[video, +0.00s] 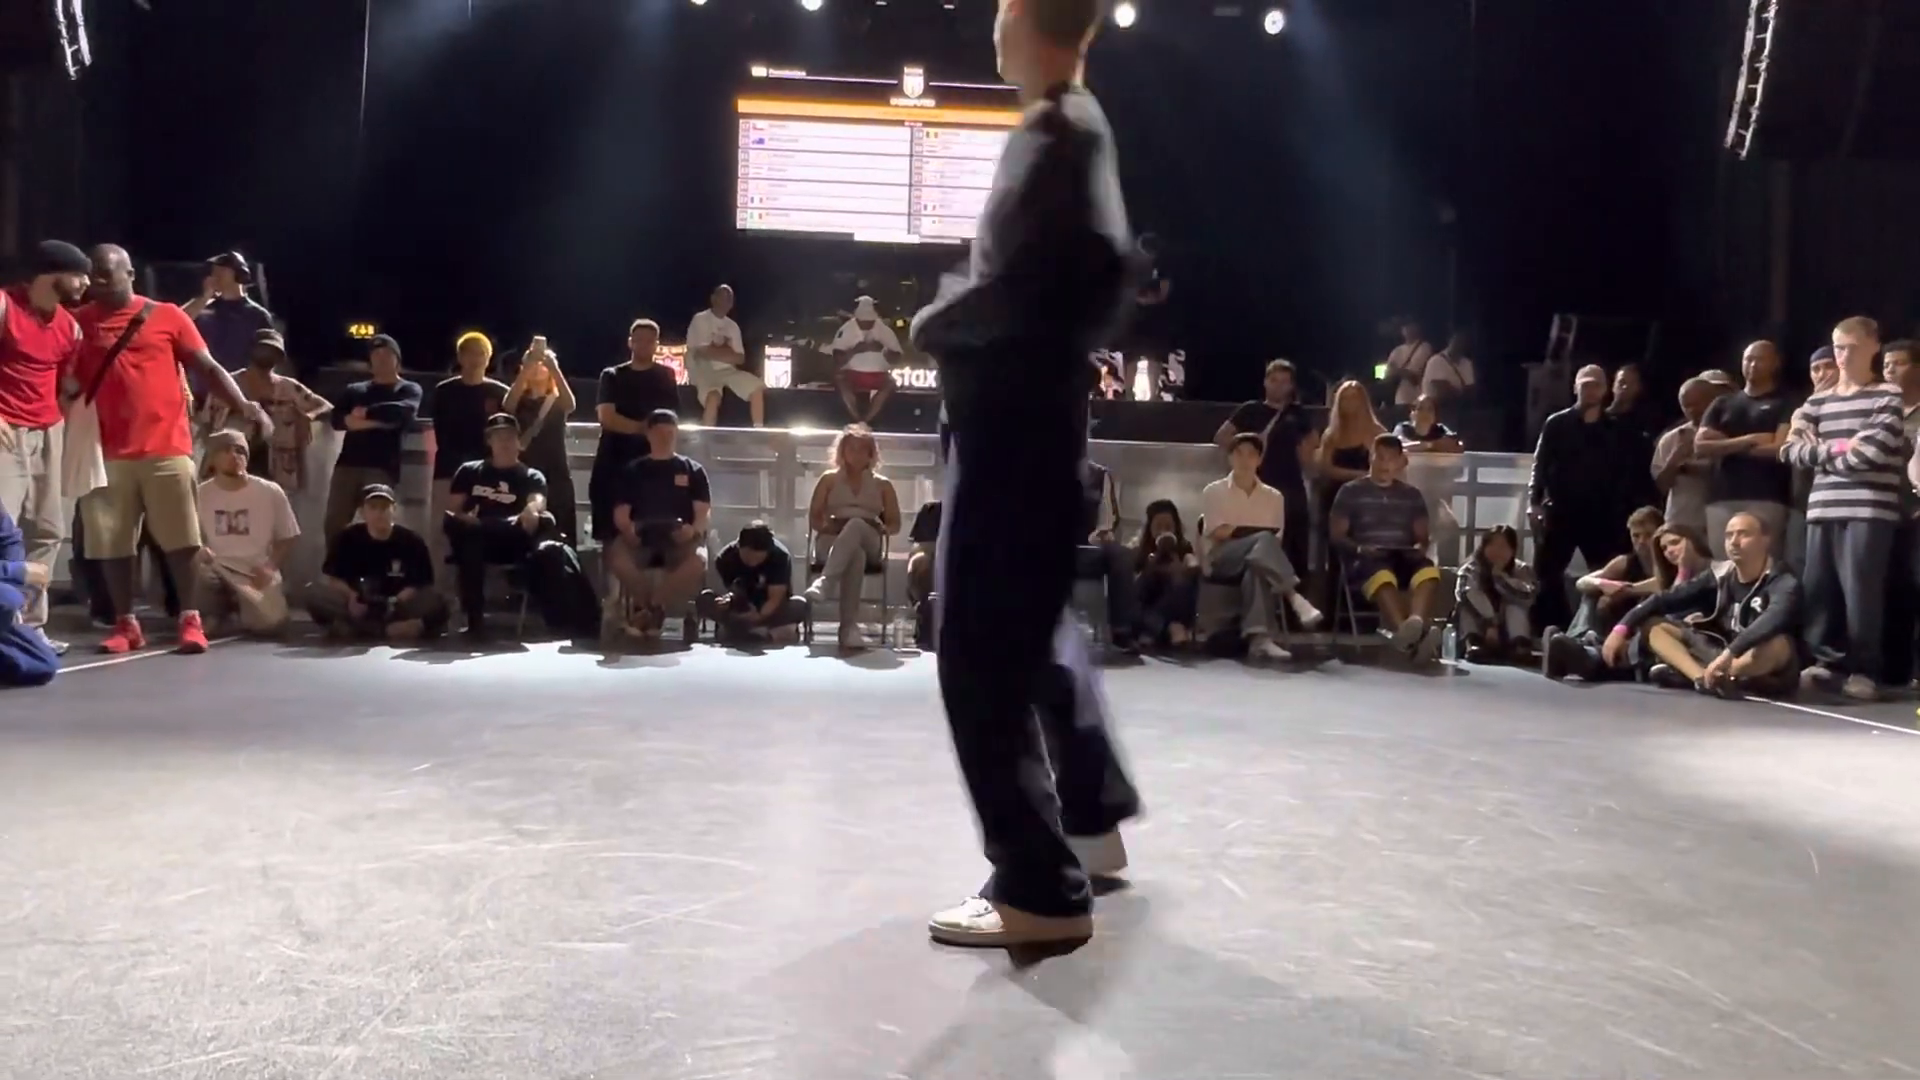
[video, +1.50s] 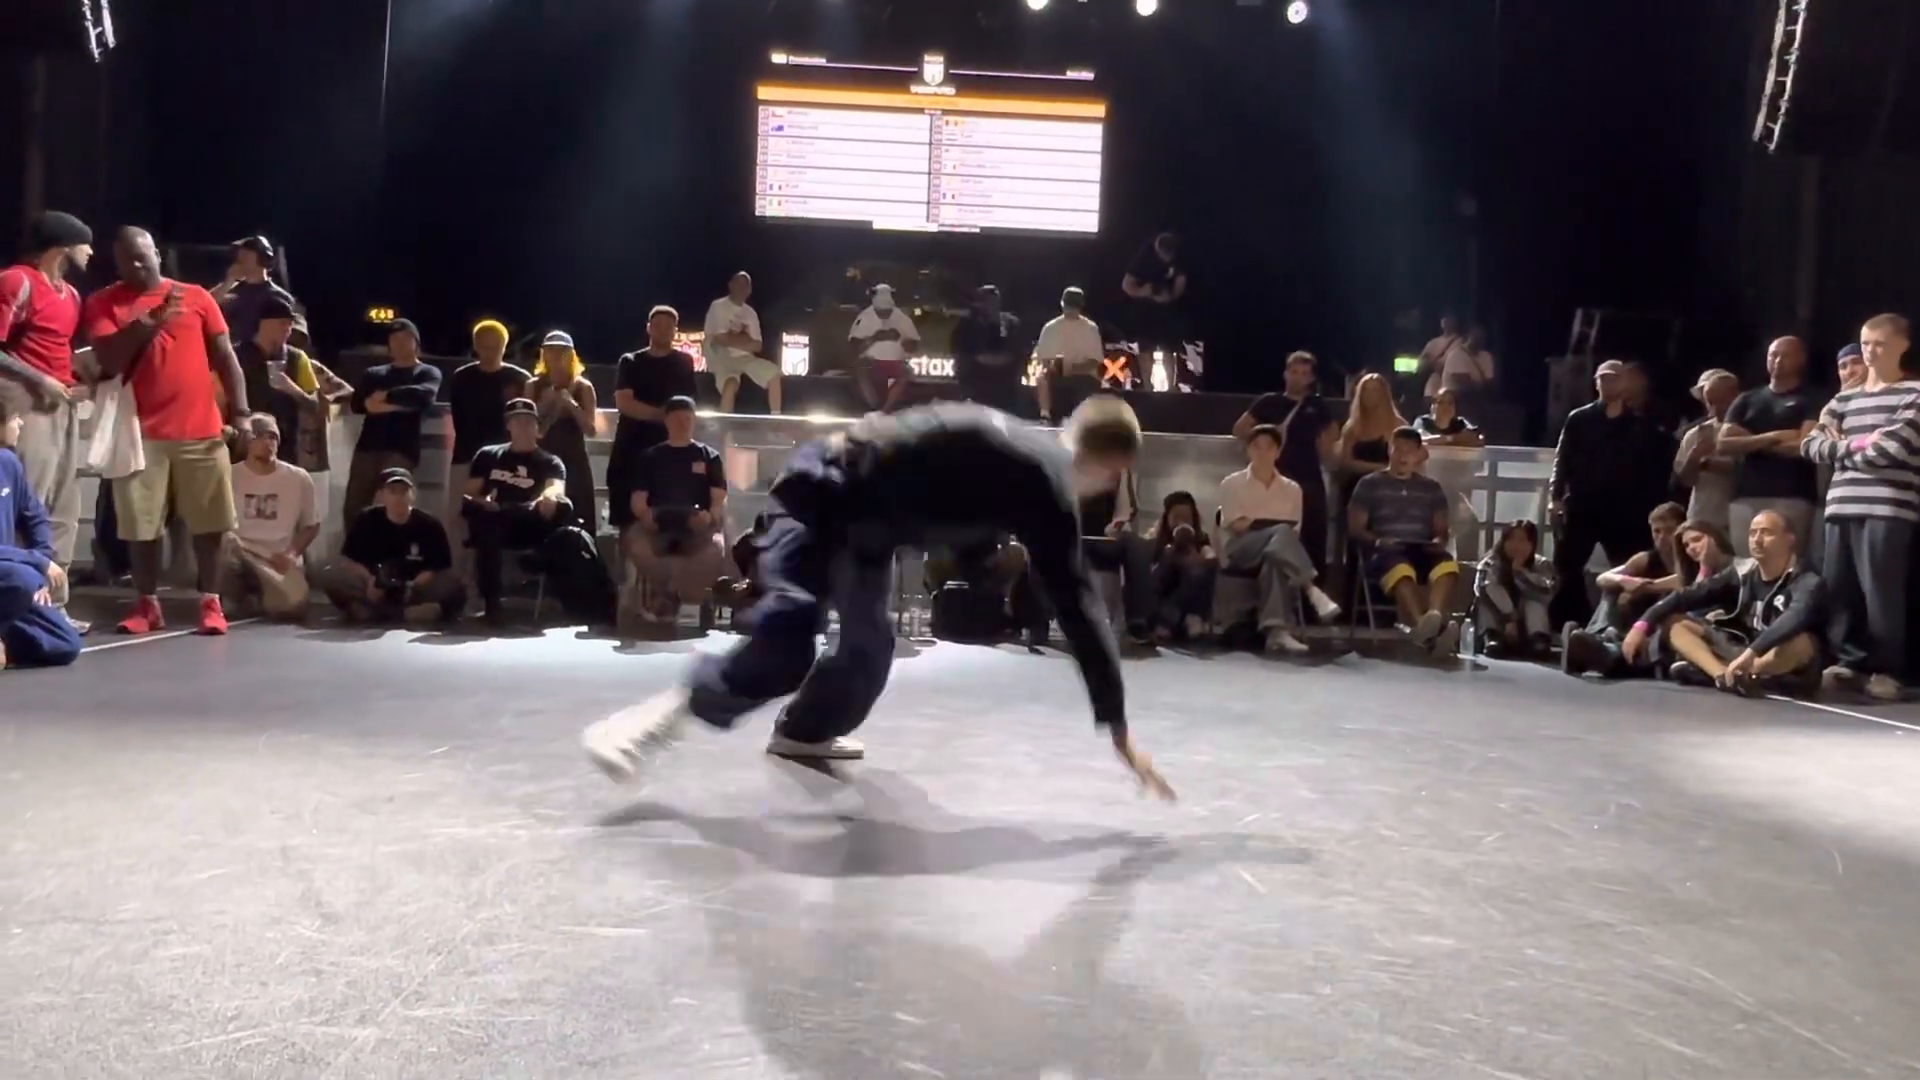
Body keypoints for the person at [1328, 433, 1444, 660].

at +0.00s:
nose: (1384, 464)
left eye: (1390, 458)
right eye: (1379, 457)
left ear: (1401, 463)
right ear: (1371, 459)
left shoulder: (1412, 495)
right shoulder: (1350, 492)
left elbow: (1422, 537)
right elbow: (1337, 535)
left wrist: (1418, 549)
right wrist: (1361, 549)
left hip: (1403, 553)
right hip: (1370, 551)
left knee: (1428, 572)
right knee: (1383, 578)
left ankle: (1414, 630)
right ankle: (1410, 641)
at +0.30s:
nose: (1387, 461)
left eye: (1394, 456)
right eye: (1382, 455)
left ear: (1406, 460)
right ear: (1375, 456)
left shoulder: (1416, 492)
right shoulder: (1354, 489)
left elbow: (1425, 534)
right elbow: (1341, 532)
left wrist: (1421, 546)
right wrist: (1364, 546)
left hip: (1407, 549)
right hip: (1374, 547)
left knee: (1431, 569)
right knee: (1386, 576)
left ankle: (1418, 628)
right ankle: (1411, 636)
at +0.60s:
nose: (1391, 463)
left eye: (1397, 457)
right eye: (1387, 456)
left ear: (1409, 462)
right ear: (1379, 457)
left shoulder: (1420, 494)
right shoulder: (1358, 490)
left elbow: (1430, 536)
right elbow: (1344, 533)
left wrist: (1426, 548)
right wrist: (1368, 548)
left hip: (1411, 551)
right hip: (1377, 549)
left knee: (1436, 572)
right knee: (1390, 579)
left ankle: (1420, 630)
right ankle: (1417, 639)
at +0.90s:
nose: (1395, 460)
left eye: (1401, 455)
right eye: (1390, 454)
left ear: (1412, 460)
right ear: (1382, 456)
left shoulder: (1423, 492)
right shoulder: (1361, 489)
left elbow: (1433, 535)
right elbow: (1347, 532)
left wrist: (1429, 546)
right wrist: (1372, 546)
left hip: (1414, 549)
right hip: (1381, 547)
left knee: (1439, 570)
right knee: (1394, 577)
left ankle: (1424, 627)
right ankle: (1420, 638)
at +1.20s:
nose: (1398, 458)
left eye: (1405, 453)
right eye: (1394, 452)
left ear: (1417, 458)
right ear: (1386, 454)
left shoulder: (1428, 490)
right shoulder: (1366, 487)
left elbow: (1437, 533)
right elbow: (1352, 530)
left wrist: (1433, 544)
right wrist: (1375, 544)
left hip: (1418, 547)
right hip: (1385, 545)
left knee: (1444, 569)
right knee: (1399, 575)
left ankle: (1429, 625)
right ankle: (1421, 635)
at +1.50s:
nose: (1402, 456)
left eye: (1409, 451)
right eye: (1398, 450)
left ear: (1421, 456)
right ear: (1390, 452)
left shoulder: (1432, 488)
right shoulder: (1369, 484)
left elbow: (1441, 531)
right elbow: (1355, 528)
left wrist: (1437, 543)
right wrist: (1379, 542)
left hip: (1422, 546)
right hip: (1389, 544)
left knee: (1448, 567)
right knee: (1402, 573)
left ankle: (1433, 622)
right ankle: (1425, 632)